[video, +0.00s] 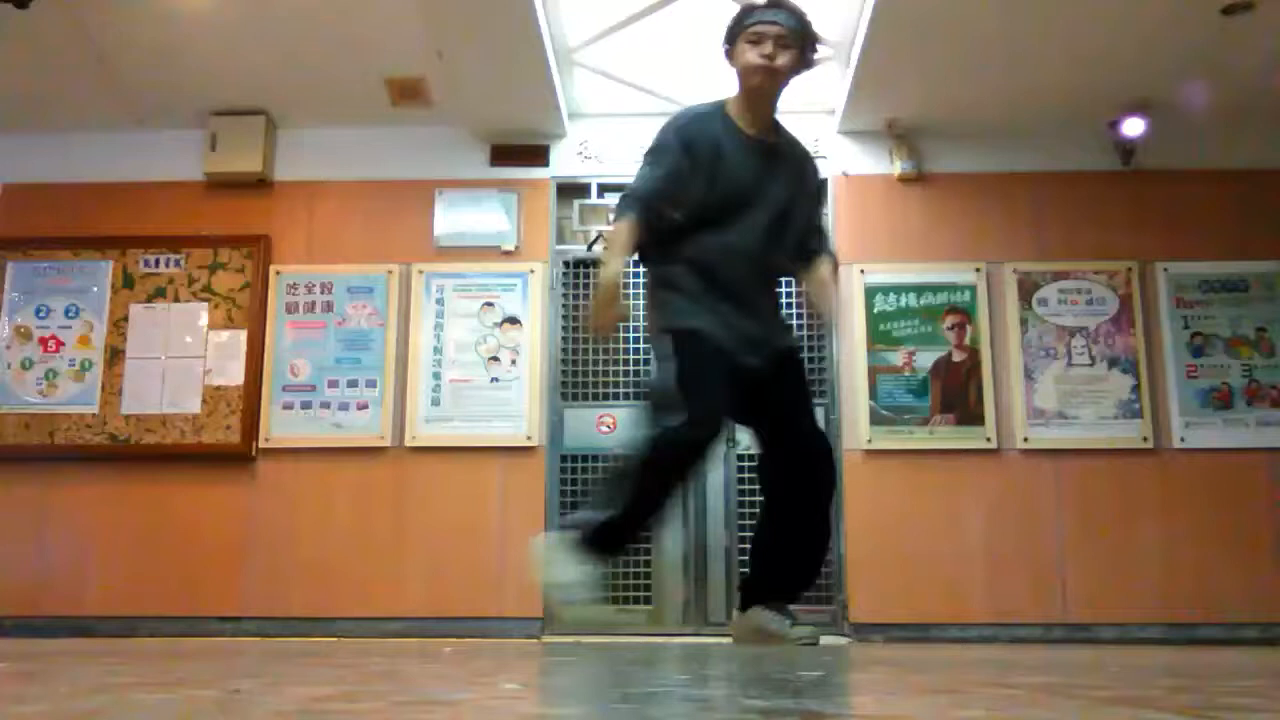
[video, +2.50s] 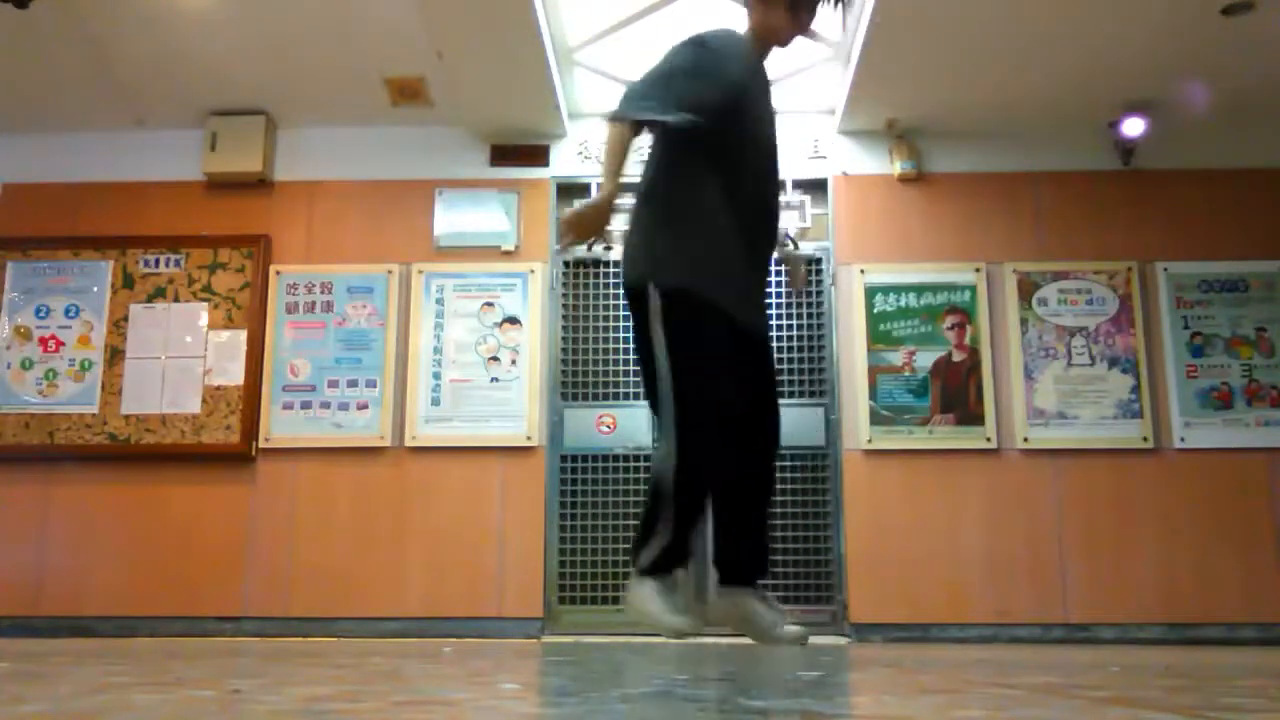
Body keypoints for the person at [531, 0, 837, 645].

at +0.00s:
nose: (767, 54)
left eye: (782, 46)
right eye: (756, 42)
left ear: (799, 63)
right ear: (732, 53)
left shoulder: (797, 166)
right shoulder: (694, 131)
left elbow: (811, 260)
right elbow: (634, 213)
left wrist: (846, 329)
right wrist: (608, 281)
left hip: (760, 326)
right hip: (690, 314)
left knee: (805, 460)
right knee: (696, 421)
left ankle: (763, 606)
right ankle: (587, 547)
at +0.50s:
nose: (754, 55)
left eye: (766, 45)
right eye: (741, 41)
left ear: (780, 54)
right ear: (716, 46)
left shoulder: (807, 130)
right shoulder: (681, 134)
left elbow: (880, 140)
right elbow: (611, 212)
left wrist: (888, 99)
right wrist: (561, 237)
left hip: (811, 315)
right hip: (735, 312)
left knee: (809, 452)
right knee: (797, 441)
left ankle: (760, 606)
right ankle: (867, 586)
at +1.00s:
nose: (749, 102)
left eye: (762, 88)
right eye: (737, 86)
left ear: (776, 90)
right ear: (711, 82)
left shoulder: (805, 166)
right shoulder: (671, 155)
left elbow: (887, 219)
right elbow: (603, 174)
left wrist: (978, 221)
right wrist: (585, 135)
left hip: (762, 350)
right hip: (679, 343)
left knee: (776, 467)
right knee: (644, 446)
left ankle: (753, 610)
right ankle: (638, 590)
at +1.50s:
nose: (736, 147)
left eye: (750, 134)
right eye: (726, 131)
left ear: (773, 123)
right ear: (708, 117)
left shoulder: (807, 178)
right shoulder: (676, 175)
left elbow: (863, 247)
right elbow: (612, 228)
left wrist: (932, 305)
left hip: (775, 362)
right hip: (692, 355)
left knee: (778, 484)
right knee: (626, 458)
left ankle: (756, 609)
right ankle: (565, 586)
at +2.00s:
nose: (793, 114)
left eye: (804, 102)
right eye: (783, 100)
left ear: (819, 95)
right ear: (756, 86)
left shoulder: (813, 139)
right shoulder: (695, 156)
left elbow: (789, 215)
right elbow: (616, 228)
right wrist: (582, 301)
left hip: (775, 322)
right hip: (705, 329)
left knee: (784, 456)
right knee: (729, 458)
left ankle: (764, 596)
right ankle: (725, 602)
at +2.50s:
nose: (806, 23)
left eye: (809, 13)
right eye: (802, 9)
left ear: (780, 12)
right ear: (767, 2)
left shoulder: (754, 82)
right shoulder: (716, 52)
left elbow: (733, 185)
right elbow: (627, 111)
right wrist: (605, 197)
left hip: (729, 280)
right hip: (674, 273)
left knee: (753, 428)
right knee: (692, 427)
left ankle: (735, 589)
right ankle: (652, 576)